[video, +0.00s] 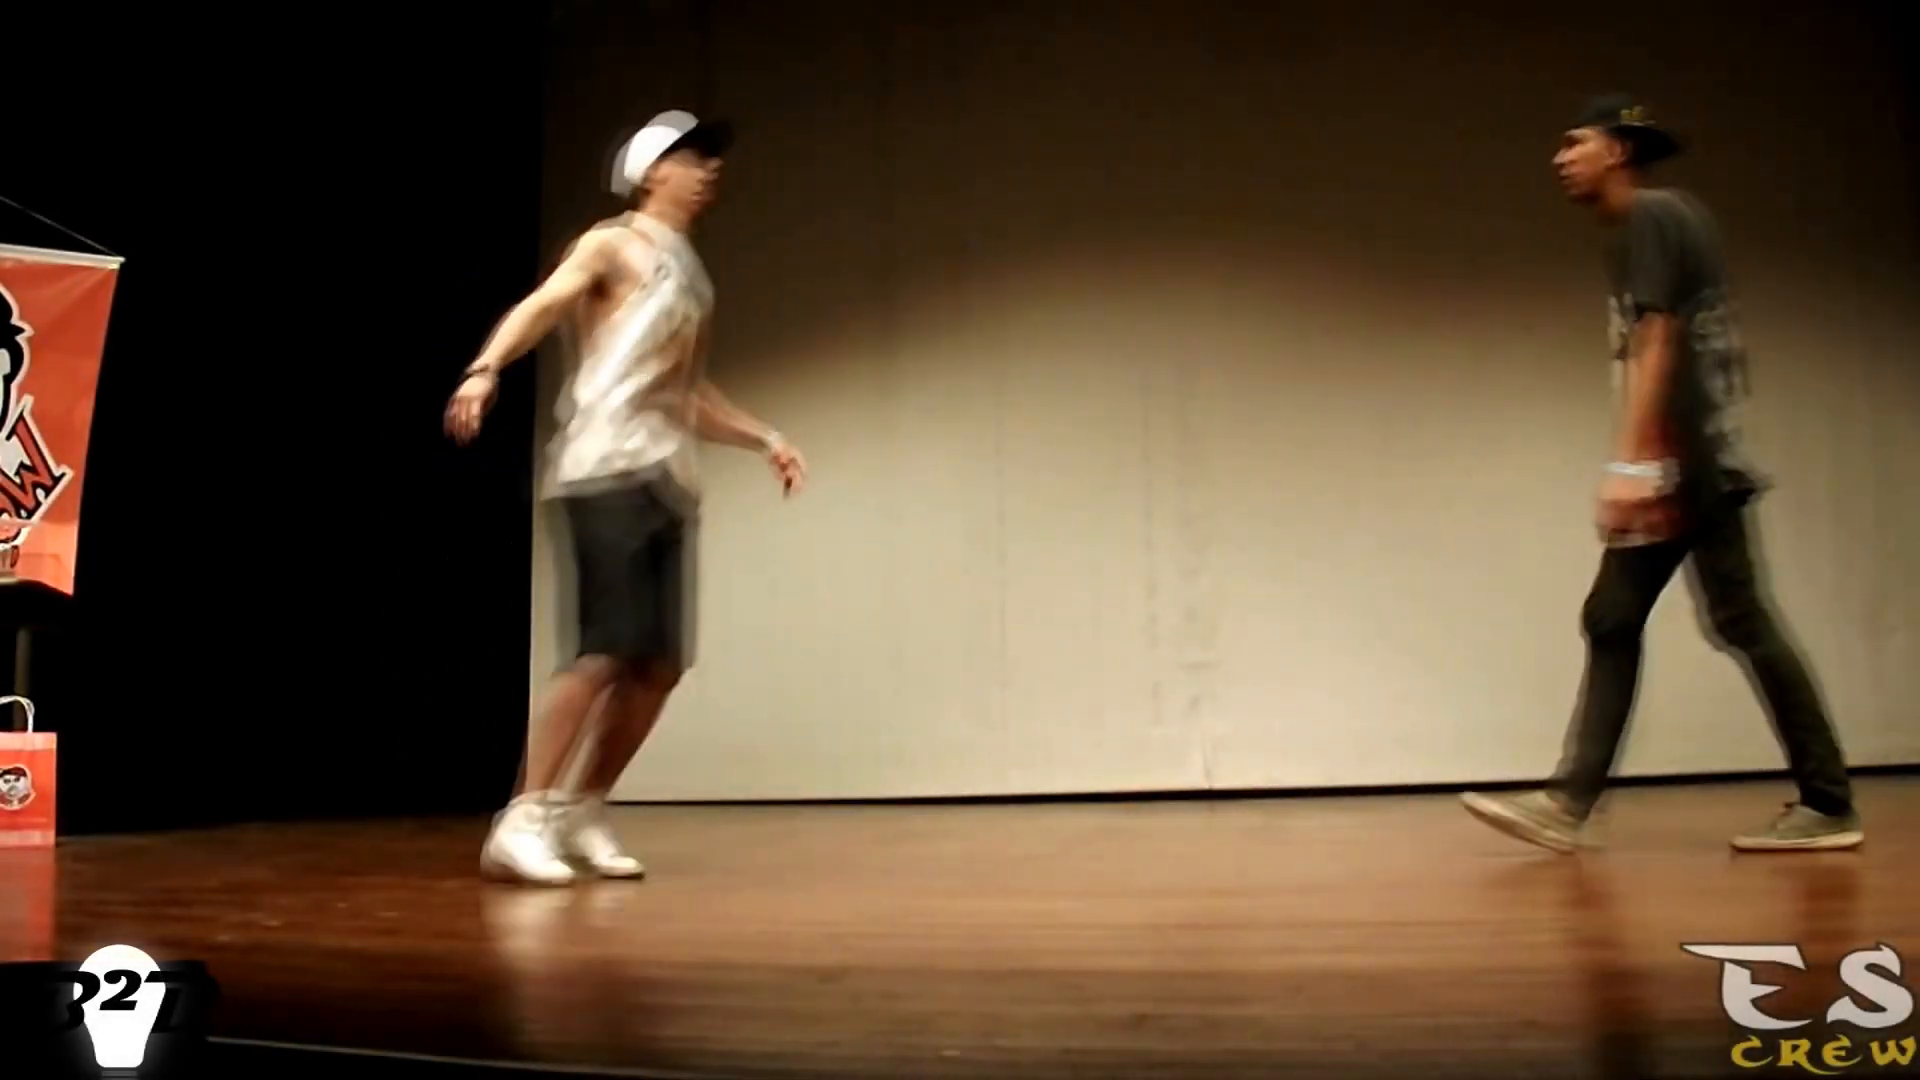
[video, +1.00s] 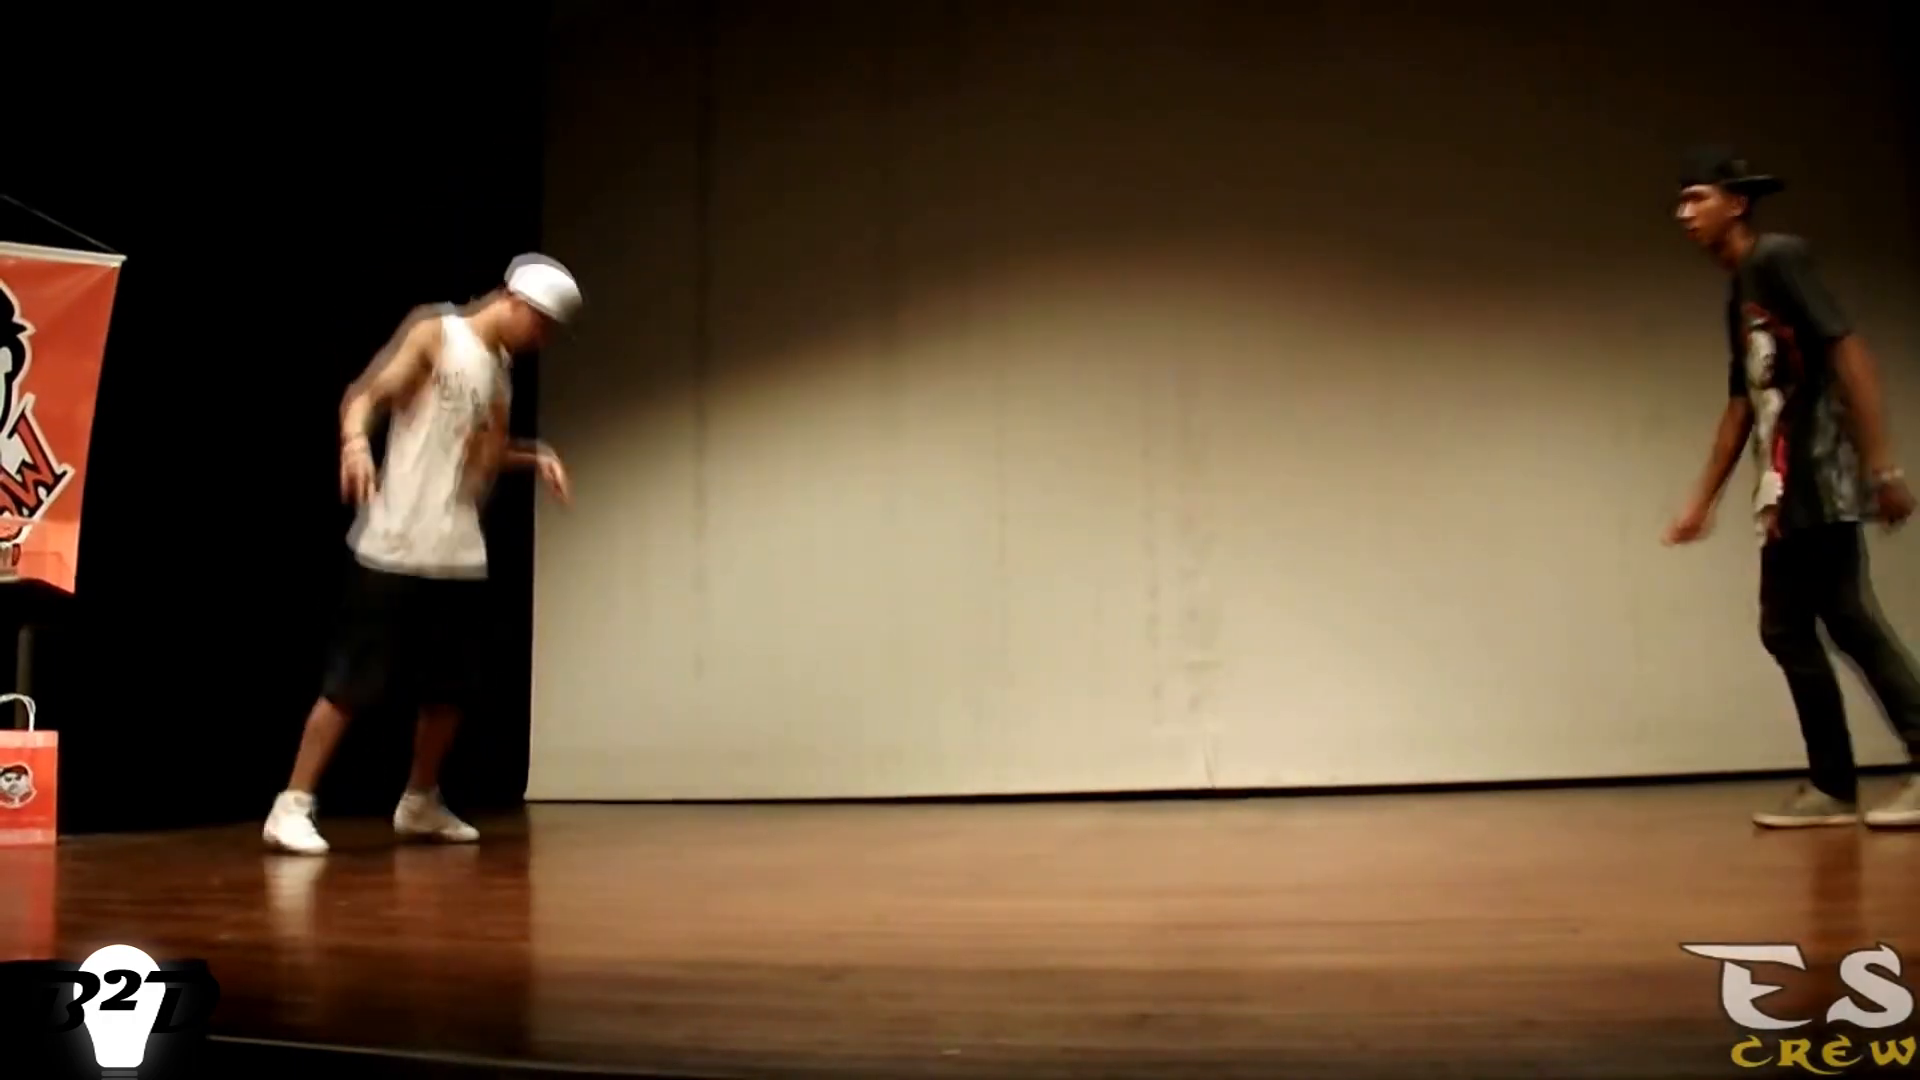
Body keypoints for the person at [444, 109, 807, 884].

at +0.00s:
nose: (710, 168)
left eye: (710, 158)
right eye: (692, 156)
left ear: (699, 179)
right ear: (649, 170)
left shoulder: (688, 273)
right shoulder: (614, 243)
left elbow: (686, 395)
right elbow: (543, 306)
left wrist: (765, 439)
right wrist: (484, 371)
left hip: (663, 477)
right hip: (603, 470)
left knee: (658, 662)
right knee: (606, 651)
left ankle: (581, 814)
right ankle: (524, 819)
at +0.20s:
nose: (645, 115)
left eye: (641, 105)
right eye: (626, 104)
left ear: (618, 126)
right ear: (587, 119)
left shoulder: (620, 218)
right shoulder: (545, 171)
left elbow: (591, 321)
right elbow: (478, 245)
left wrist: (652, 361)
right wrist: (465, 333)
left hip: (561, 416)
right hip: (491, 408)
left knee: (540, 599)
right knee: (476, 590)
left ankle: (544, 771)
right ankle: (483, 767)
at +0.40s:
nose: (549, 199)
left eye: (556, 186)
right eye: (541, 182)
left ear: (550, 192)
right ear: (503, 176)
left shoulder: (530, 279)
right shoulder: (442, 233)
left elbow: (506, 390)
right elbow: (388, 313)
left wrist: (577, 391)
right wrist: (398, 374)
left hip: (491, 471)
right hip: (424, 463)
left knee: (495, 641)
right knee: (400, 630)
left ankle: (408, 770)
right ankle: (319, 796)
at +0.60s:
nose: (529, 241)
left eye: (534, 229)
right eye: (521, 222)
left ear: (519, 235)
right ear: (482, 217)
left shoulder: (490, 316)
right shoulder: (415, 276)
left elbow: (477, 417)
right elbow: (350, 346)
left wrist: (543, 399)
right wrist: (350, 389)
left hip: (445, 515)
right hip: (381, 500)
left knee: (430, 676)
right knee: (351, 655)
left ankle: (358, 807)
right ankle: (297, 819)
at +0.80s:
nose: (531, 256)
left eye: (540, 247)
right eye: (532, 240)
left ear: (529, 238)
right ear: (508, 213)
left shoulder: (489, 284)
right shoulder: (426, 235)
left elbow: (472, 361)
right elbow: (358, 306)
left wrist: (525, 365)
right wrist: (355, 355)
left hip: (449, 472)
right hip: (388, 463)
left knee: (425, 622)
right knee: (363, 615)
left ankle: (396, 767)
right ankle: (308, 760)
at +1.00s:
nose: (539, 336)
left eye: (546, 326)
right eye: (538, 319)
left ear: (528, 316)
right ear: (511, 298)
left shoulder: (497, 372)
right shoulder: (432, 331)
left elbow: (481, 455)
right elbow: (363, 397)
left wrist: (538, 457)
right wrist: (356, 443)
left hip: (458, 554)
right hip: (394, 544)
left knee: (448, 681)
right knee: (353, 678)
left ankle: (420, 801)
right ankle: (292, 806)